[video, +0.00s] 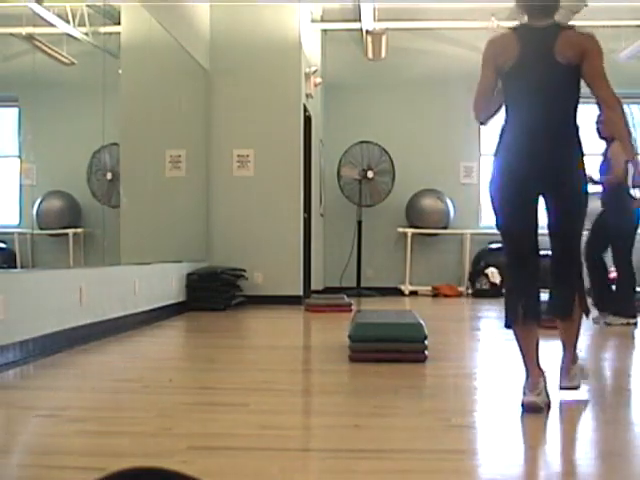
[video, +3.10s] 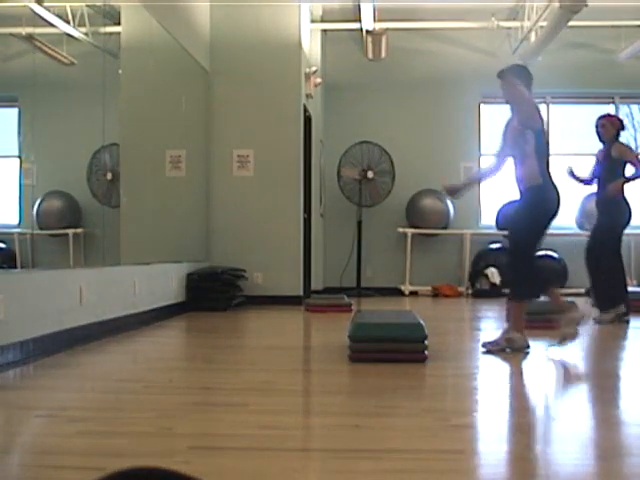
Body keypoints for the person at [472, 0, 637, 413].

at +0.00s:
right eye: (558, 8)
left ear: (520, 9)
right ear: (559, 8)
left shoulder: (499, 45)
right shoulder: (580, 42)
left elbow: (482, 112)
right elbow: (608, 101)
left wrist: (509, 83)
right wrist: (624, 145)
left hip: (512, 166)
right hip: (563, 166)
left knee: (519, 268)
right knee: (567, 259)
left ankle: (533, 378)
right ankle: (569, 362)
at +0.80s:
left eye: (509, 64)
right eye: (535, 58)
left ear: (509, 66)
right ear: (539, 62)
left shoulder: (502, 97)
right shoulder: (559, 97)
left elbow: (494, 141)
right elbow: (578, 146)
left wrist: (508, 121)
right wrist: (565, 171)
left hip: (513, 190)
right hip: (548, 189)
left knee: (516, 263)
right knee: (544, 256)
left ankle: (528, 342)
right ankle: (551, 324)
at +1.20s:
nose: (495, 85)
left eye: (498, 80)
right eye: (495, 80)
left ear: (512, 81)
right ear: (518, 82)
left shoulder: (520, 110)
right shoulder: (521, 111)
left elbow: (538, 149)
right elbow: (528, 154)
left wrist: (508, 174)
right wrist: (506, 176)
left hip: (527, 191)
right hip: (534, 191)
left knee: (495, 254)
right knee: (528, 259)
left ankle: (534, 317)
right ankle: (540, 332)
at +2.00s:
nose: (482, 85)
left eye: (487, 80)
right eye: (483, 80)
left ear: (503, 83)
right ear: (501, 84)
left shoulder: (509, 111)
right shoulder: (506, 112)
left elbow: (520, 156)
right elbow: (499, 160)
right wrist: (466, 183)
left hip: (520, 188)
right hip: (517, 187)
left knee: (509, 256)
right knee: (508, 255)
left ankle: (521, 328)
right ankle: (517, 326)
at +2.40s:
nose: (481, 84)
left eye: (487, 80)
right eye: (481, 80)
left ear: (503, 83)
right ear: (492, 84)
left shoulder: (511, 113)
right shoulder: (498, 115)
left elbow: (512, 164)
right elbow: (502, 166)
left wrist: (490, 198)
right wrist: (486, 199)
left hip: (519, 190)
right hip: (507, 190)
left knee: (511, 258)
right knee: (499, 258)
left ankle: (518, 334)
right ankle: (511, 329)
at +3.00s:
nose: (496, 90)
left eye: (501, 85)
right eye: (495, 85)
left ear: (515, 87)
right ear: (500, 88)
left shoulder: (518, 115)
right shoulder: (505, 125)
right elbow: (482, 163)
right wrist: (448, 178)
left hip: (535, 195)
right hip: (530, 195)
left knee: (508, 253)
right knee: (516, 256)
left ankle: (528, 321)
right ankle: (517, 330)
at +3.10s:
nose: (504, 93)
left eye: (508, 87)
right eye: (502, 88)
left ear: (522, 87)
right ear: (509, 89)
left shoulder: (529, 114)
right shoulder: (512, 124)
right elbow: (495, 166)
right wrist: (461, 187)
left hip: (540, 196)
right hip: (532, 197)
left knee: (519, 260)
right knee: (522, 260)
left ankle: (515, 333)